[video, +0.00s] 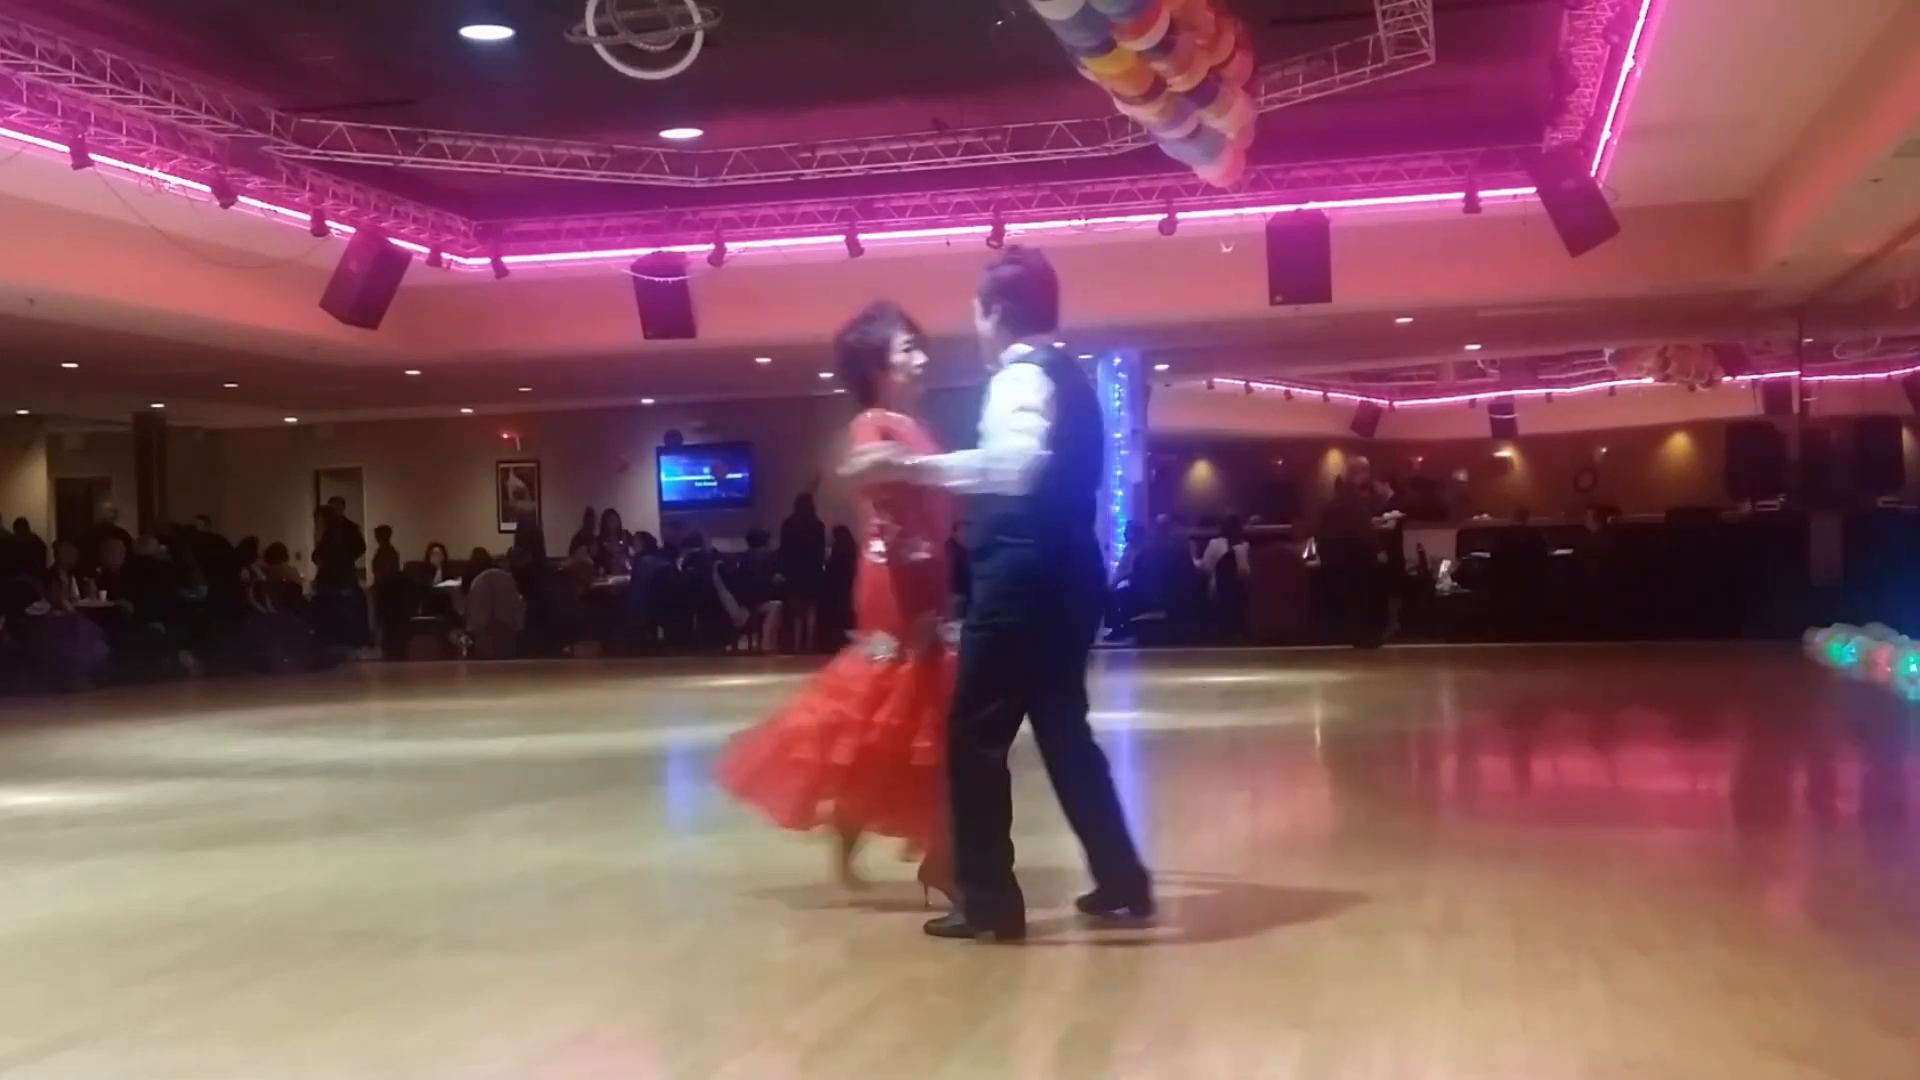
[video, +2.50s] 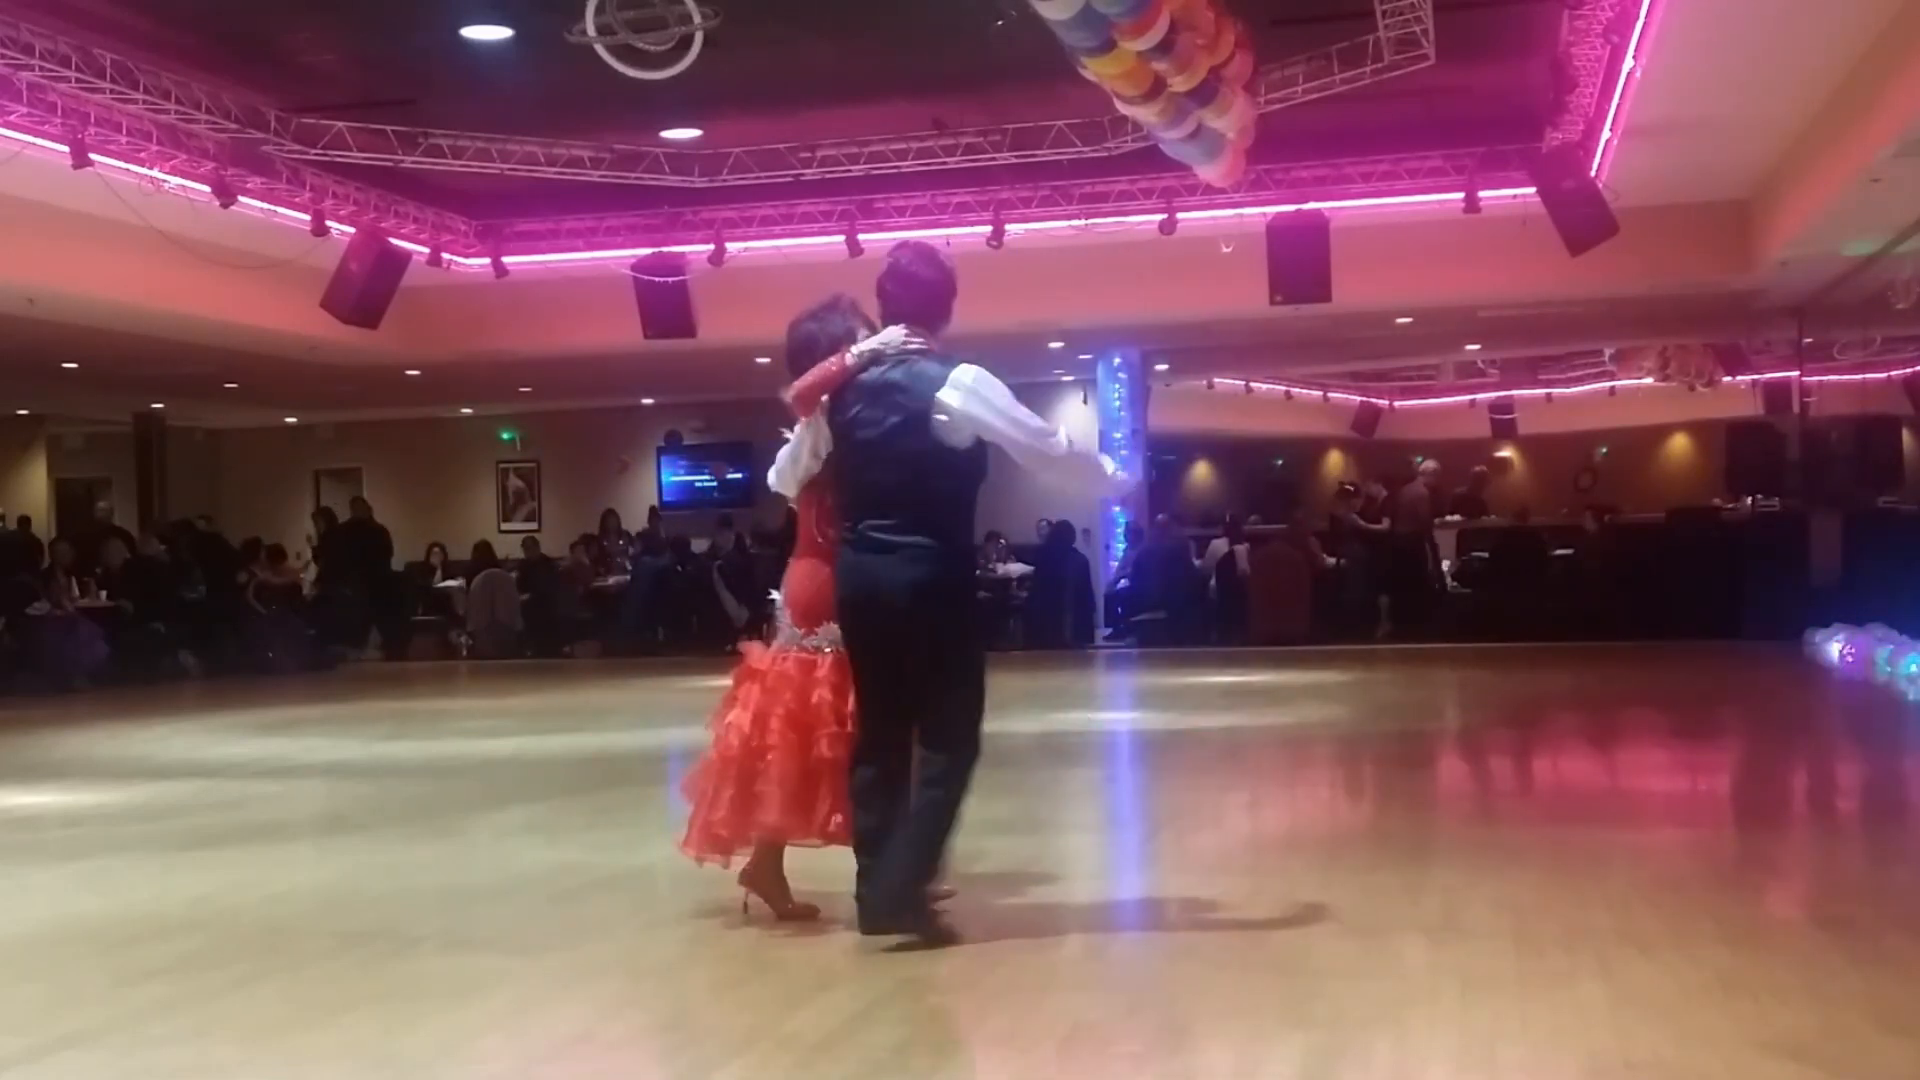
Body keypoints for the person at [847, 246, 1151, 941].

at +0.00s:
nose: (974, 322)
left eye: (978, 310)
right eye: (977, 309)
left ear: (999, 313)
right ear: (1043, 310)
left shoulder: (1022, 374)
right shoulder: (1072, 373)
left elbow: (1013, 467)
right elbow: (1031, 475)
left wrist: (905, 469)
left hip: (1018, 581)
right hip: (1069, 576)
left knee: (974, 739)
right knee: (1064, 728)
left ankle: (988, 903)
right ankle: (1123, 884)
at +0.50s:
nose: (934, 317)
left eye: (935, 308)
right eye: (1013, 306)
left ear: (941, 313)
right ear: (1006, 309)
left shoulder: (929, 386)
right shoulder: (1056, 382)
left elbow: (916, 494)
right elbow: (1120, 465)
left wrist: (895, 577)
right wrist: (1073, 469)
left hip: (956, 583)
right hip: (1036, 582)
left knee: (913, 735)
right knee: (1039, 737)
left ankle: (905, 898)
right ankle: (1058, 902)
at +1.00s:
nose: (917, 310)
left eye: (915, 299)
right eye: (982, 299)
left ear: (914, 308)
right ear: (982, 304)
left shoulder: (889, 388)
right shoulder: (1031, 382)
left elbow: (847, 490)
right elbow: (1094, 466)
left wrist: (853, 569)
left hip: (922, 578)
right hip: (1007, 577)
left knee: (899, 737)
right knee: (1025, 732)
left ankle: (888, 917)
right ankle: (1064, 903)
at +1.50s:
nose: (1006, 308)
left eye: (1002, 296)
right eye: (1001, 296)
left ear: (926, 301)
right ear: (992, 300)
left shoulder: (891, 378)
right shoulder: (1011, 373)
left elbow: (884, 476)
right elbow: (1117, 426)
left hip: (913, 565)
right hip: (990, 568)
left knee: (920, 726)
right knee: (1032, 731)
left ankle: (886, 895)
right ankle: (1055, 902)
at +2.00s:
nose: (966, 312)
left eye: (964, 300)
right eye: (964, 300)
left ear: (895, 298)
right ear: (954, 301)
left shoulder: (858, 376)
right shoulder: (951, 370)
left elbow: (801, 469)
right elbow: (1048, 374)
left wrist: (829, 520)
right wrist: (1157, 357)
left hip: (870, 559)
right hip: (924, 562)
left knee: (903, 726)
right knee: (890, 726)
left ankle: (887, 894)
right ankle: (790, 877)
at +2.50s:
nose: (944, 316)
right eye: (946, 305)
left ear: (881, 305)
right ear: (947, 309)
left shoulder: (842, 389)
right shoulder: (962, 384)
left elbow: (785, 479)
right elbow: (1047, 446)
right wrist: (1111, 475)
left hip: (860, 571)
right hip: (932, 574)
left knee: (880, 730)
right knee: (952, 735)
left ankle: (880, 895)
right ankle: (901, 894)